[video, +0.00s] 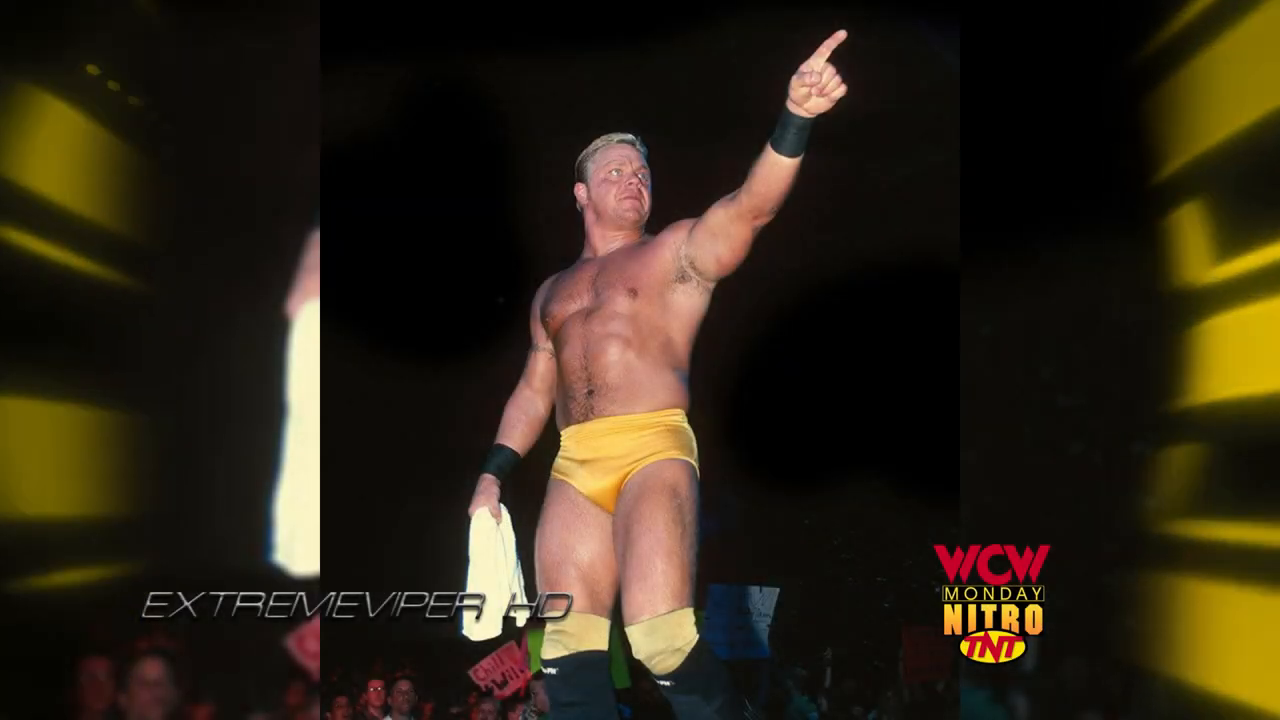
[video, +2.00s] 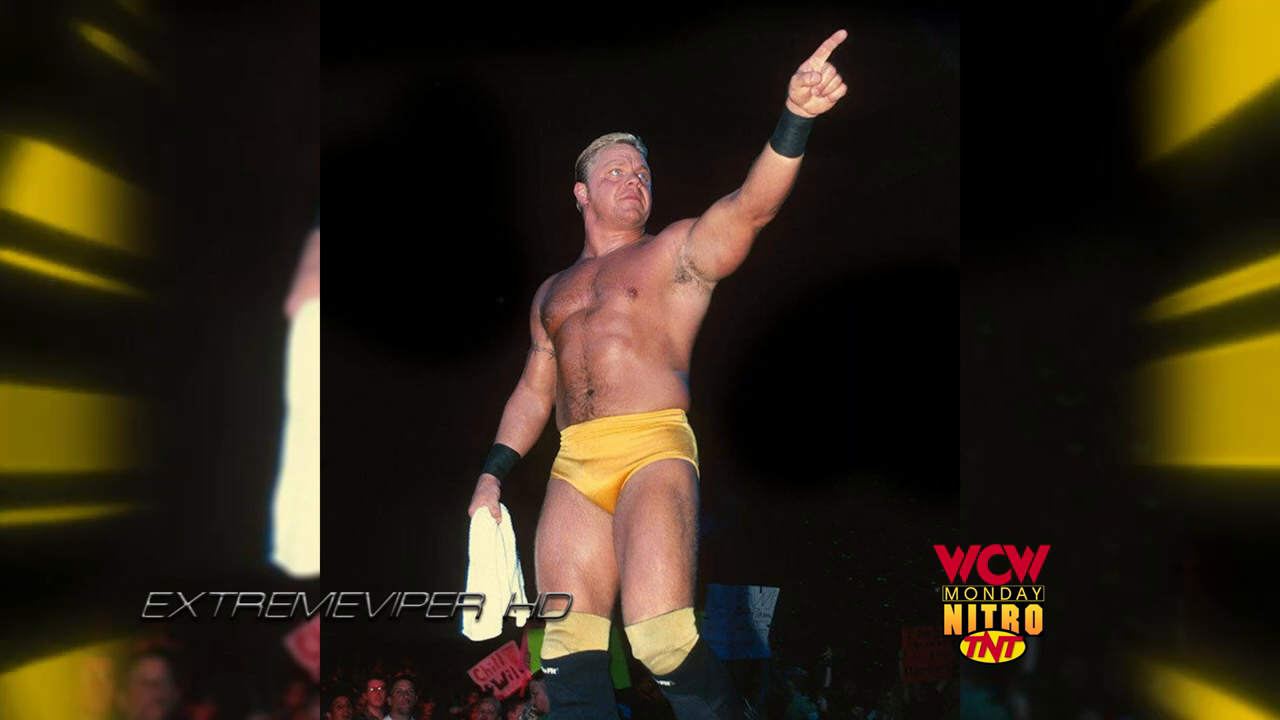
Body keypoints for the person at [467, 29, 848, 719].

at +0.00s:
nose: (632, 180)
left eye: (640, 172)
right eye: (614, 171)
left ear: (650, 194)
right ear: (581, 193)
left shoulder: (680, 254)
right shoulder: (553, 296)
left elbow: (752, 204)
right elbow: (534, 394)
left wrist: (797, 115)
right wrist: (490, 477)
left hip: (656, 448)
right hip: (576, 462)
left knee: (659, 635)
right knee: (568, 646)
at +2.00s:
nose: (632, 179)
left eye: (640, 172)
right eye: (615, 170)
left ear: (650, 194)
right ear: (581, 193)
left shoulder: (680, 254)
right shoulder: (552, 296)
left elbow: (753, 203)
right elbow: (534, 394)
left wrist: (797, 116)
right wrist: (490, 478)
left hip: (656, 448)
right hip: (575, 462)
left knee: (660, 636)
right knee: (568, 646)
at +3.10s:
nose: (632, 179)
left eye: (640, 172)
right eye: (615, 170)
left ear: (650, 194)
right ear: (581, 193)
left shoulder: (680, 254)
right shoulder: (552, 296)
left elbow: (753, 203)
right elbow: (534, 394)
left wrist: (797, 116)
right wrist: (490, 478)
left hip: (656, 448)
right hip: (575, 462)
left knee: (660, 636)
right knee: (568, 647)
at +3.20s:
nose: (632, 179)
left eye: (640, 172)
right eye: (615, 170)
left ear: (650, 194)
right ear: (581, 193)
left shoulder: (680, 254)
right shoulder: (552, 296)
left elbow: (753, 203)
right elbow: (534, 394)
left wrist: (797, 116)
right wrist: (490, 478)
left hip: (656, 448)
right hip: (575, 462)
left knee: (660, 636)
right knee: (568, 647)